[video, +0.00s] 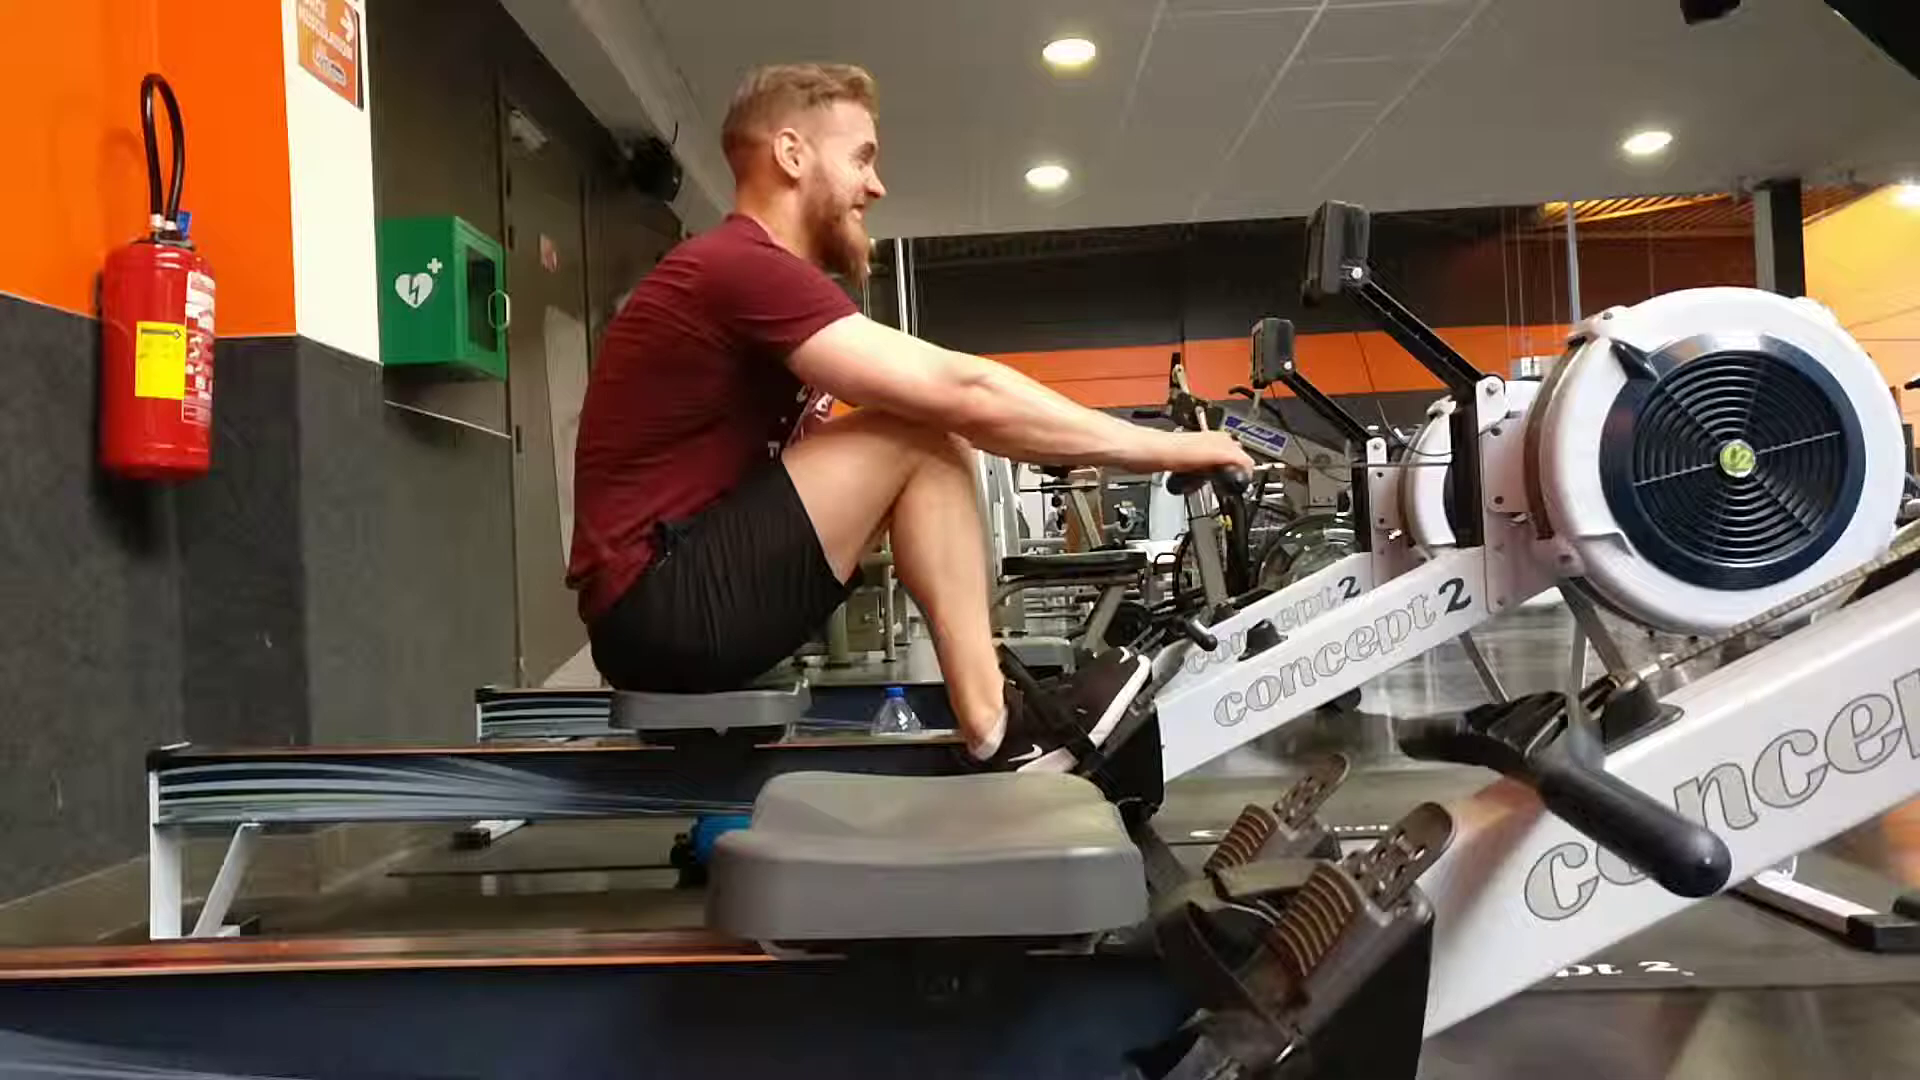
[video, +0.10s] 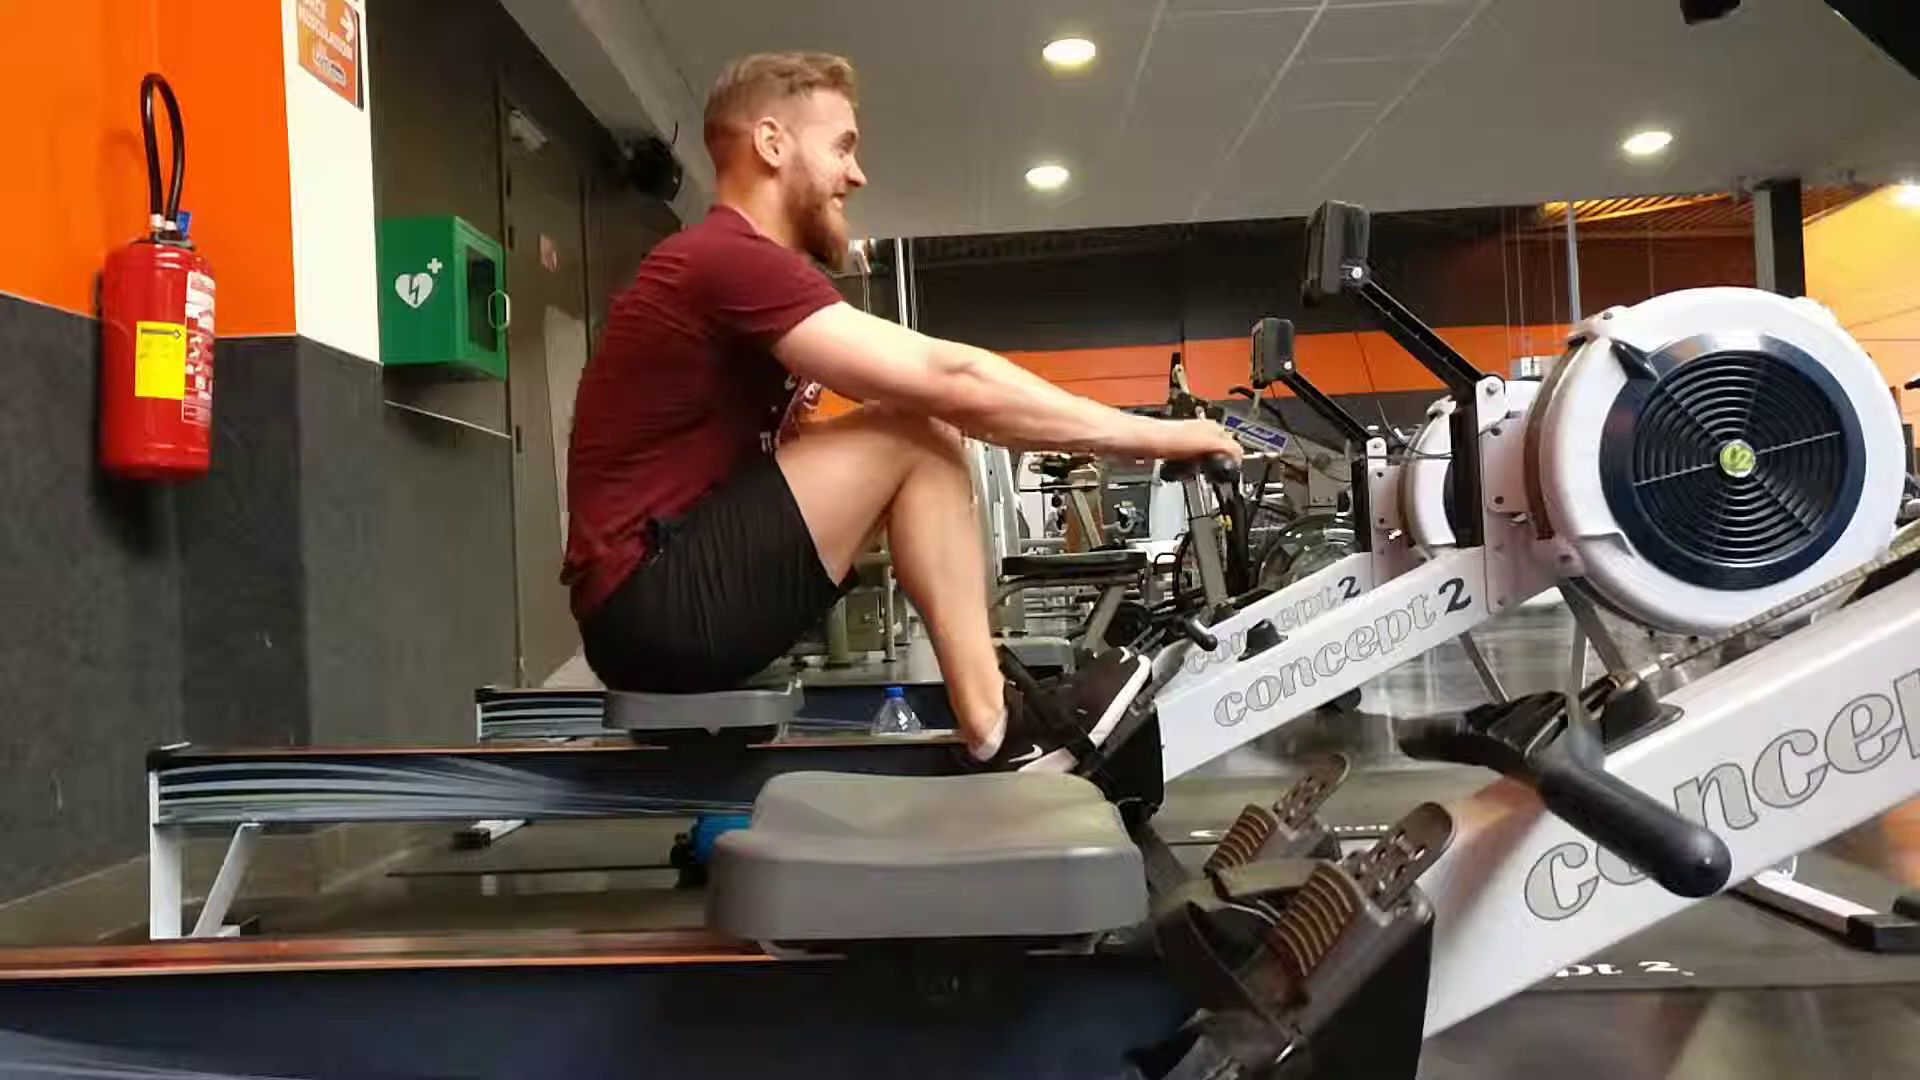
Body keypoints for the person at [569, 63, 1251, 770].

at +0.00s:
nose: (876, 185)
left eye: (875, 162)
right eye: (862, 156)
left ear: (793, 158)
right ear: (790, 152)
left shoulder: (755, 273)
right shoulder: (743, 267)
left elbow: (961, 384)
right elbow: (966, 399)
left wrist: (1133, 438)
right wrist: (1160, 449)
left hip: (672, 605)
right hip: (662, 613)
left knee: (925, 427)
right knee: (921, 433)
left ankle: (990, 714)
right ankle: (991, 731)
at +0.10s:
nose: (858, 173)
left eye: (855, 150)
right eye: (843, 145)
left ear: (774, 150)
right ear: (769, 144)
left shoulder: (738, 263)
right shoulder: (727, 260)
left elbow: (944, 376)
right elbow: (948, 383)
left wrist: (1128, 429)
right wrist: (1146, 434)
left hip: (663, 600)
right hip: (655, 608)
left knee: (920, 428)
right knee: (918, 436)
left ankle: (989, 712)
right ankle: (990, 730)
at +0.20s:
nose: (834, 165)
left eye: (830, 142)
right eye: (817, 137)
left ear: (746, 142)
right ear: (743, 137)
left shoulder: (721, 258)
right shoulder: (710, 255)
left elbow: (924, 380)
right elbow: (933, 380)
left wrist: (1112, 434)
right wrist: (1130, 439)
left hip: (656, 599)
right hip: (649, 606)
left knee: (915, 431)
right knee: (912, 441)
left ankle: (989, 706)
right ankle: (989, 727)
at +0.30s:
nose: (806, 157)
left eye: (800, 132)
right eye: (786, 129)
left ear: (716, 134)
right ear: (713, 131)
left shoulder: (701, 257)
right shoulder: (686, 255)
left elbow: (894, 386)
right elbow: (905, 388)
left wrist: (1082, 442)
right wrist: (1092, 444)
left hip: (650, 595)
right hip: (639, 605)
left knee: (914, 439)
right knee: (907, 447)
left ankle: (996, 706)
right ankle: (994, 733)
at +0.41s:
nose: (767, 144)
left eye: (760, 122)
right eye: (744, 119)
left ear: (674, 129)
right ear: (670, 124)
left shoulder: (676, 260)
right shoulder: (644, 254)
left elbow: (856, 381)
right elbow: (866, 384)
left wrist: (1040, 436)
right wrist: (1052, 434)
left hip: (642, 592)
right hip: (621, 603)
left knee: (896, 445)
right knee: (891, 452)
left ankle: (999, 710)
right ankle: (997, 736)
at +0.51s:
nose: (713, 136)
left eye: (705, 112)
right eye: (690, 110)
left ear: (624, 122)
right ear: (615, 119)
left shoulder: (633, 259)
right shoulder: (599, 252)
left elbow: (814, 368)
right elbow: (818, 369)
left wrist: (1007, 421)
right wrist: (1014, 421)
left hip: (618, 592)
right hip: (598, 601)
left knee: (882, 451)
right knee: (876, 453)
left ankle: (990, 711)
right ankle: (995, 730)